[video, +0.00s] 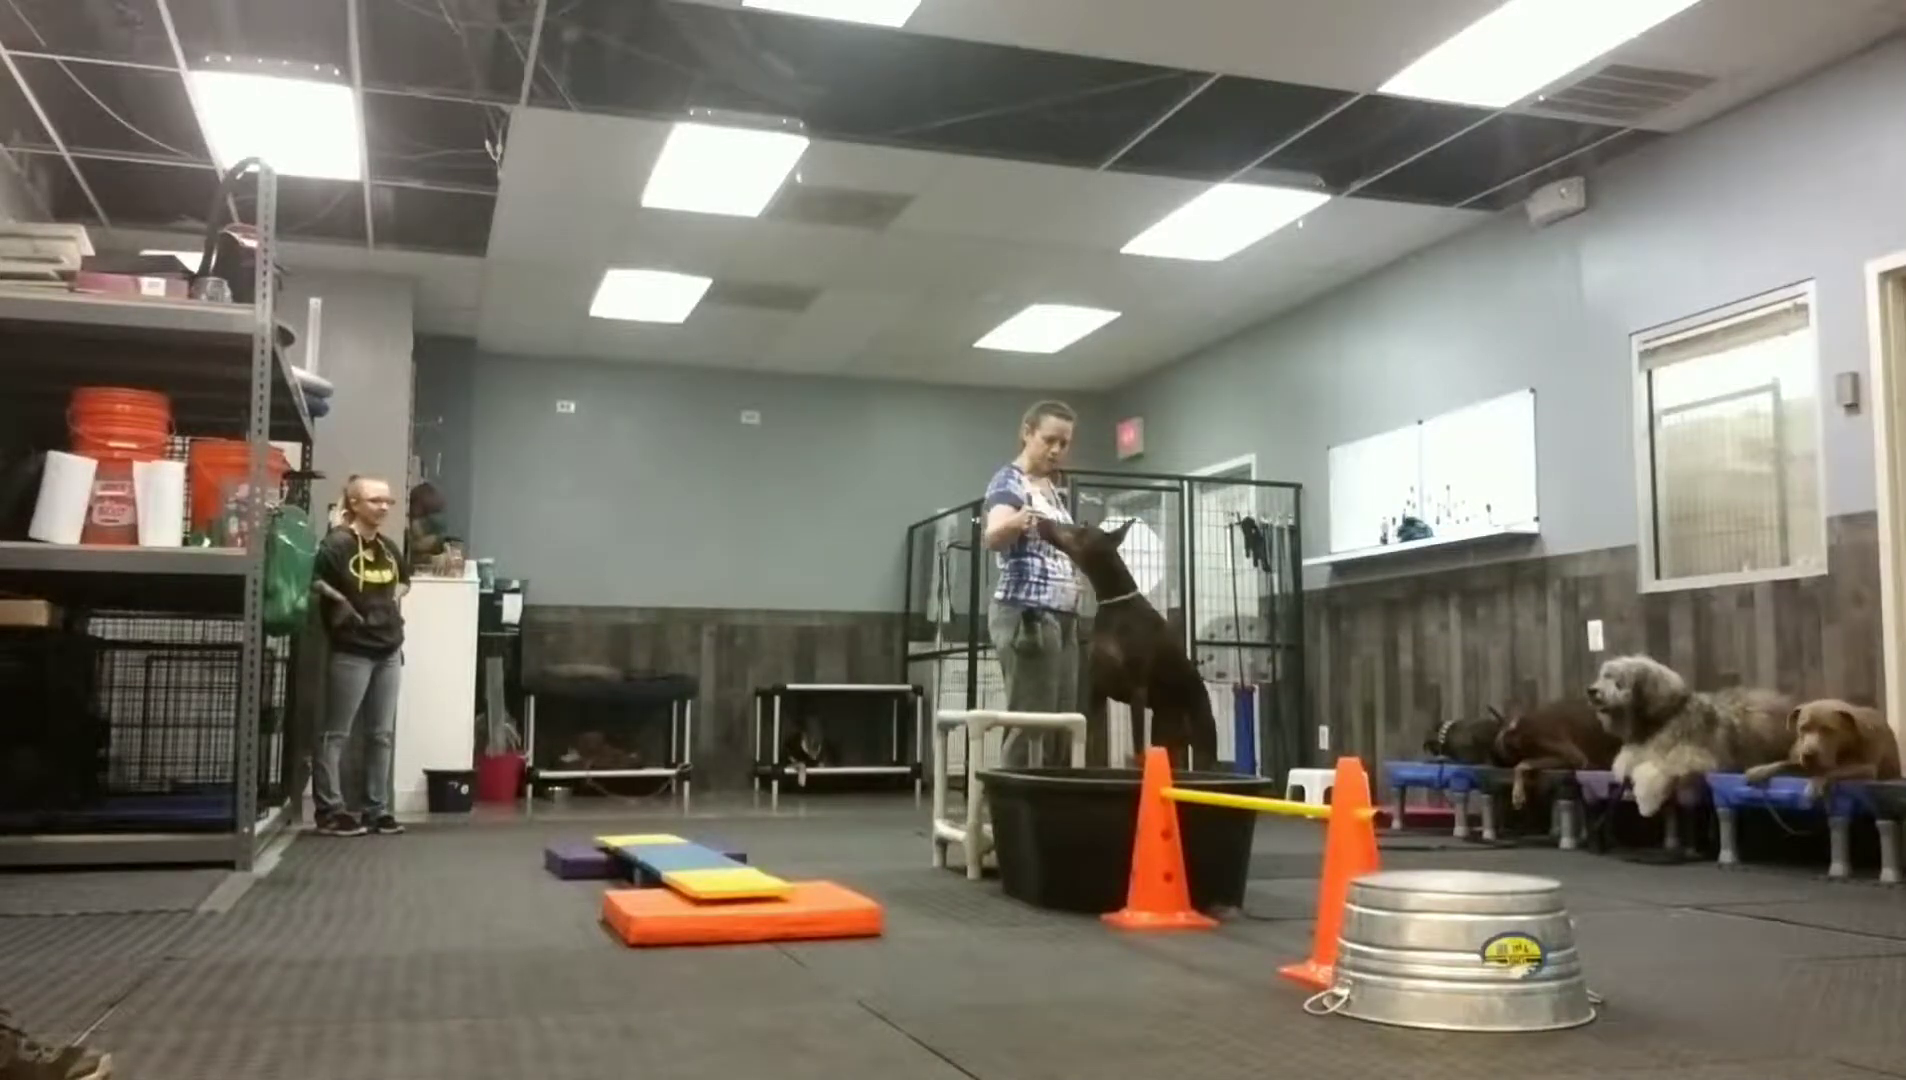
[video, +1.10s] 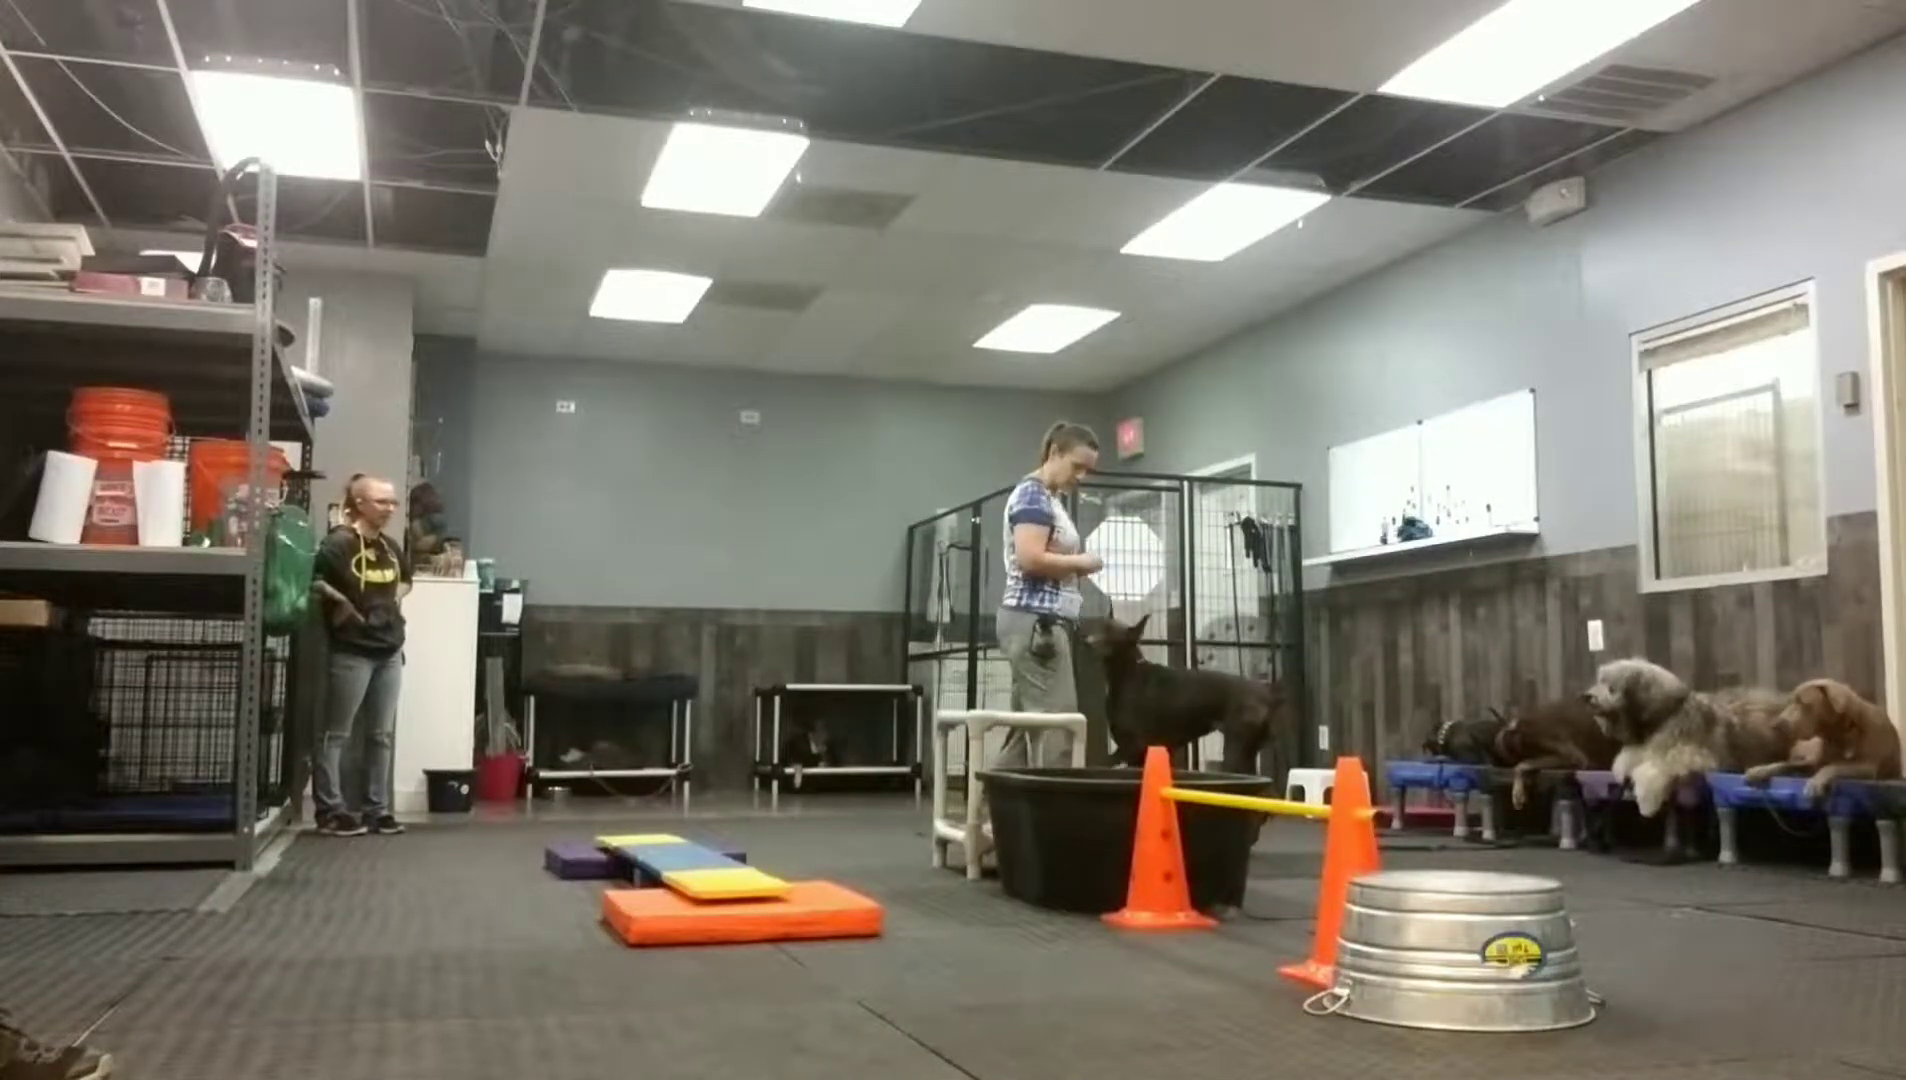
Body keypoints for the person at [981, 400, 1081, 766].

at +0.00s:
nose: (1057, 452)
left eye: (1064, 444)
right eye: (1050, 441)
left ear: (1069, 446)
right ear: (1027, 434)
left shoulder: (1053, 489)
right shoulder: (1010, 479)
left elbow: (1062, 541)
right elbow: (993, 536)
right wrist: (1018, 522)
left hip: (1063, 613)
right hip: (1026, 611)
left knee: (1064, 719)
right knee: (1032, 718)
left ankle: (1054, 808)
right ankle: (1008, 808)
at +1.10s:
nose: (1081, 478)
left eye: (1086, 472)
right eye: (1077, 467)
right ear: (1054, 453)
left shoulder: (1049, 499)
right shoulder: (1032, 494)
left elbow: (1044, 561)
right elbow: (1030, 559)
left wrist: (1076, 567)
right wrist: (1080, 563)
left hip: (1045, 619)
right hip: (1034, 620)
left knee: (1030, 723)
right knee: (1058, 722)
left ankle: (991, 803)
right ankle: (1056, 814)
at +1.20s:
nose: (1093, 474)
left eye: (1098, 467)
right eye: (1088, 464)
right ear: (1063, 450)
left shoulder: (1073, 501)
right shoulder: (1040, 494)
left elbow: (1070, 556)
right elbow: (1042, 560)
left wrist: (1104, 567)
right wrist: (1103, 572)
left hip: (1070, 619)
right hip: (1046, 618)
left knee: (1074, 722)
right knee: (1072, 722)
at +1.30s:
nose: (1110, 469)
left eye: (1115, 462)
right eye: (1105, 459)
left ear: (1118, 459)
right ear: (1081, 445)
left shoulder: (1097, 493)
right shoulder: (1054, 488)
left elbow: (1094, 551)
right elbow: (1060, 552)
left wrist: (1111, 563)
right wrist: (1120, 580)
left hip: (1101, 619)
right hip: (1062, 619)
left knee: (1128, 718)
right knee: (1079, 729)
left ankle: (1090, 806)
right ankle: (1061, 814)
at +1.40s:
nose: (1128, 467)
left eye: (1134, 459)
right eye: (1123, 457)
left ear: (1139, 455)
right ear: (1100, 444)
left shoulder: (1126, 490)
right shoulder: (1074, 488)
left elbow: (1130, 547)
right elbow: (1081, 548)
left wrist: (1140, 565)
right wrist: (1116, 583)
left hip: (1129, 624)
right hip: (1082, 626)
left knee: (1158, 725)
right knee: (1088, 736)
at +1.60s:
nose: (1186, 460)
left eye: (1194, 451)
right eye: (1178, 450)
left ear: (1202, 443)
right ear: (1159, 436)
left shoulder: (1203, 479)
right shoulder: (1137, 480)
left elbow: (1203, 538)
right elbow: (1128, 537)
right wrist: (1130, 584)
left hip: (1199, 618)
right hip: (1146, 620)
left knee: (1198, 719)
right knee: (1162, 714)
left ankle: (1185, 809)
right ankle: (1123, 798)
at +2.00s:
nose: (1197, 436)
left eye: (1205, 427)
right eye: (1189, 427)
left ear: (1221, 419)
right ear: (1178, 422)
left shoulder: (1250, 462)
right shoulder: (1159, 469)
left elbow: (1276, 529)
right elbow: (1131, 541)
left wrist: (1239, 538)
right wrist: (1178, 542)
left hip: (1251, 610)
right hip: (1184, 612)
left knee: (1267, 715)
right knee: (1188, 721)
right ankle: (1190, 814)